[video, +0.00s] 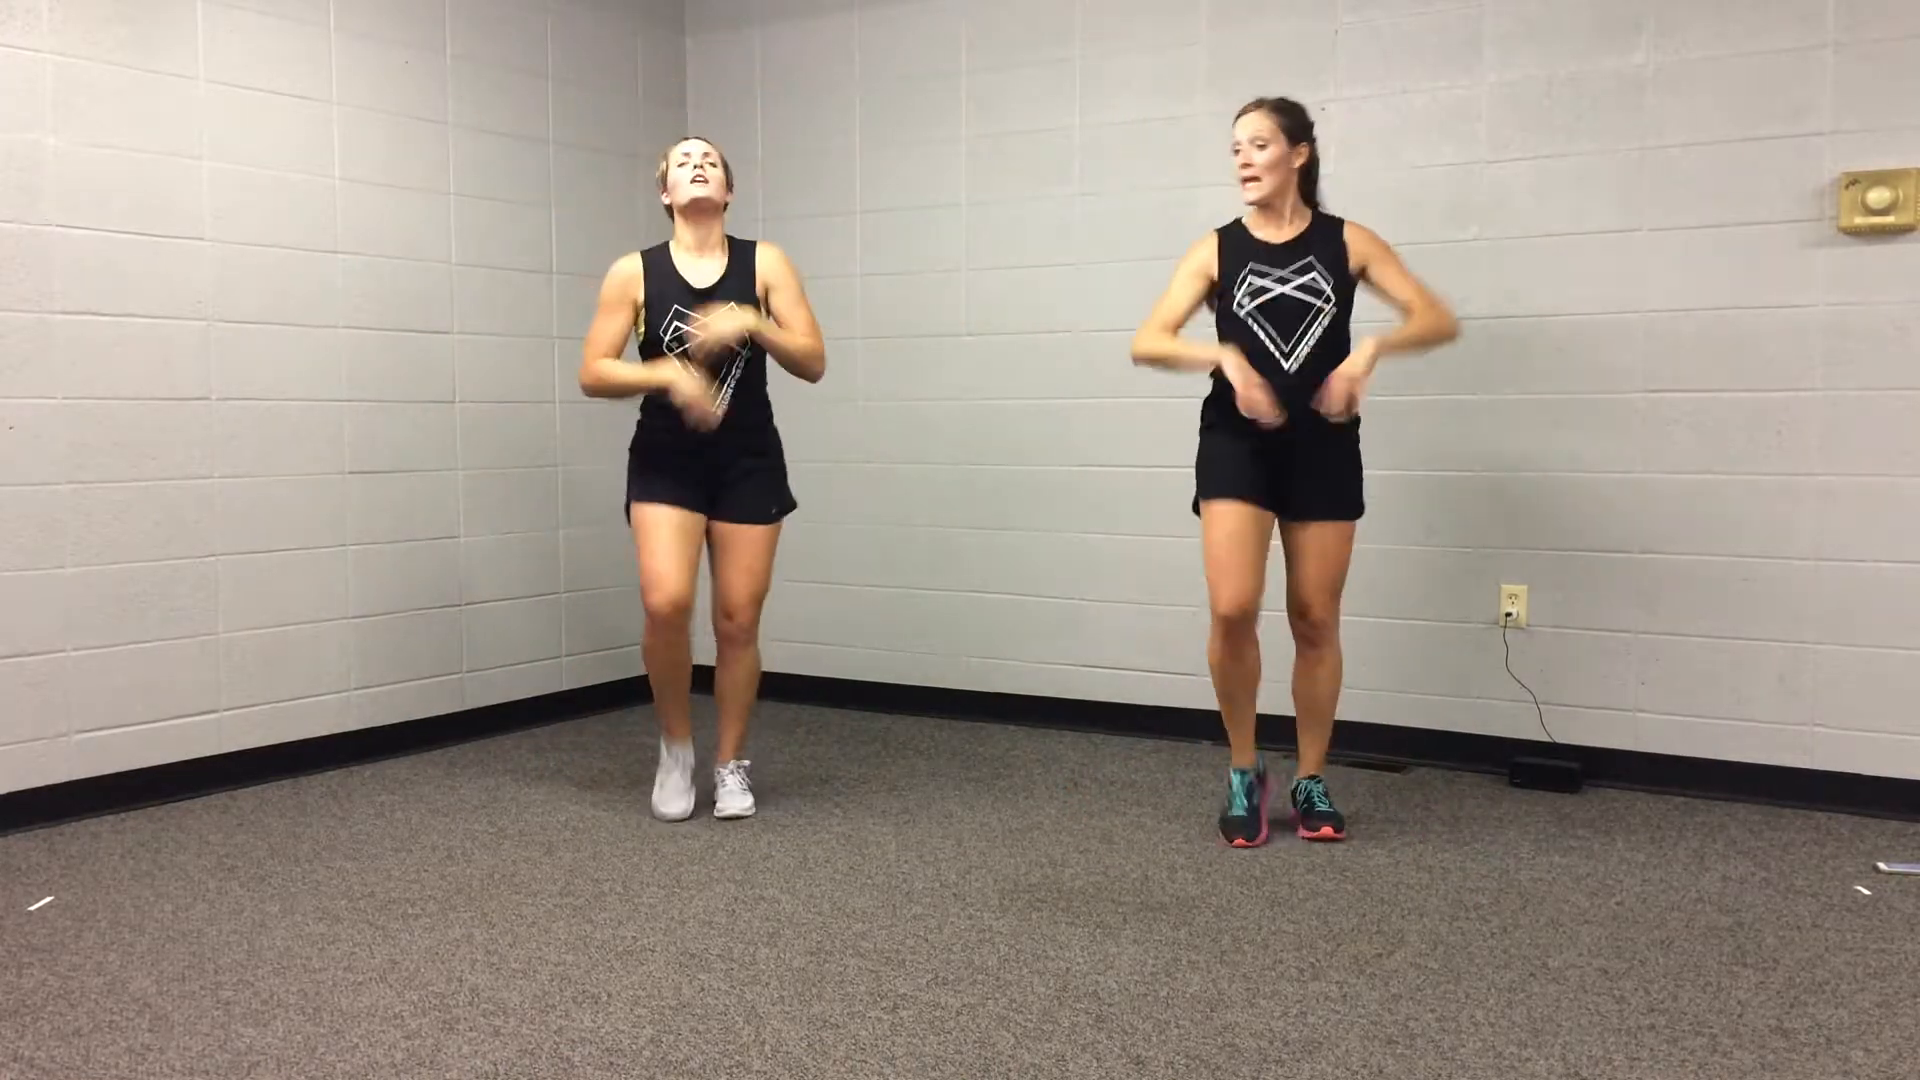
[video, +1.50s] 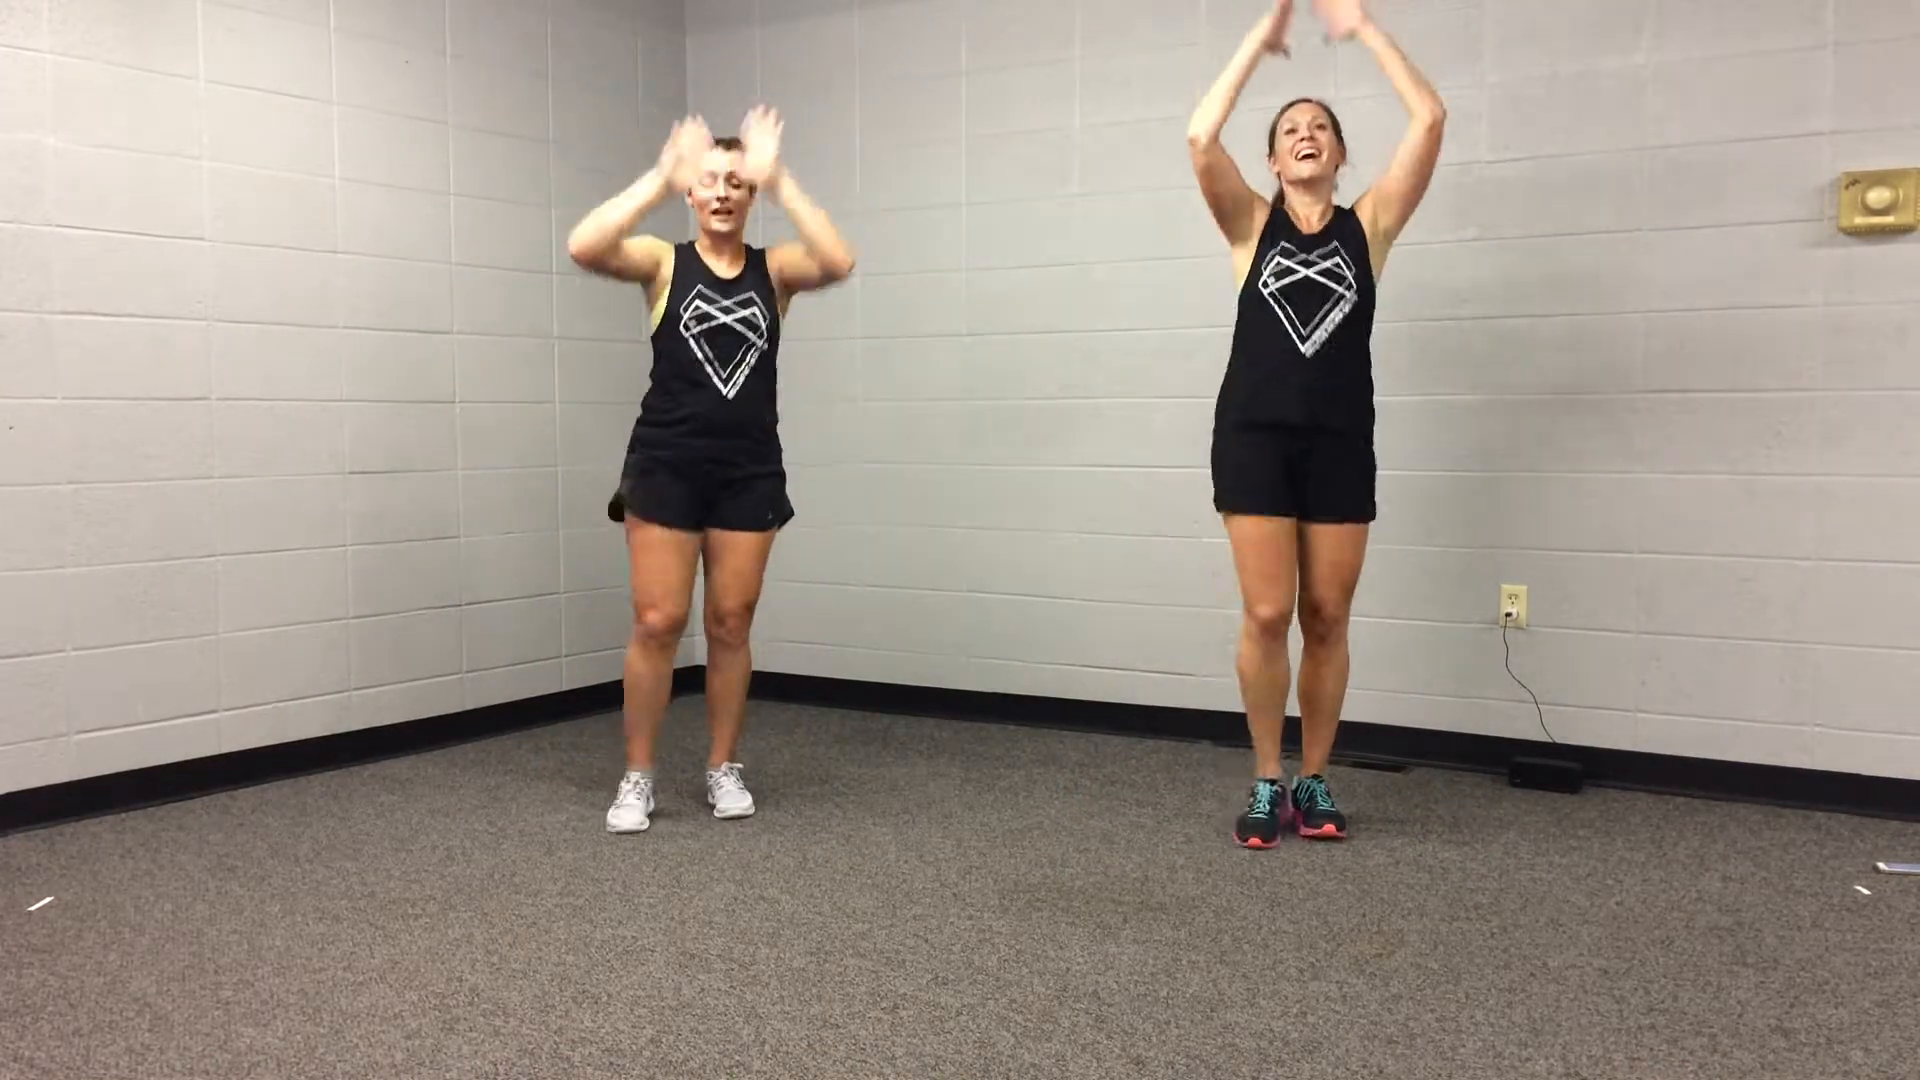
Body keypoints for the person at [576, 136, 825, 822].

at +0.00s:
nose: (699, 166)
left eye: (711, 161)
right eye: (684, 161)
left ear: (729, 190)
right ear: (664, 191)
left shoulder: (766, 262)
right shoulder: (633, 272)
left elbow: (814, 362)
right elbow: (594, 372)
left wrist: (751, 323)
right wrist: (669, 372)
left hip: (748, 457)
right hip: (665, 458)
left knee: (737, 619)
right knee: (665, 604)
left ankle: (731, 763)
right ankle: (675, 752)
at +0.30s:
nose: (712, 176)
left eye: (724, 172)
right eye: (697, 174)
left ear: (745, 204)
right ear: (680, 207)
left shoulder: (778, 283)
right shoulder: (648, 278)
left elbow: (787, 391)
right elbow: (632, 385)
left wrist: (746, 335)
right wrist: (683, 341)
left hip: (756, 464)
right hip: (674, 460)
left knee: (742, 623)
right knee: (670, 580)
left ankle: (728, 764)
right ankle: (661, 697)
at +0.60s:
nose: (715, 172)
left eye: (727, 168)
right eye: (701, 170)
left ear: (747, 199)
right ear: (683, 201)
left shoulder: (784, 275)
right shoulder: (654, 281)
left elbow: (835, 366)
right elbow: (603, 376)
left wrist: (892, 441)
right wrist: (549, 455)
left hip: (755, 469)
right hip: (672, 465)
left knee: (738, 626)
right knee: (655, 609)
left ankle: (728, 766)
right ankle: (653, 746)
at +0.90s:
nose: (722, 164)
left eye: (733, 158)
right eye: (708, 159)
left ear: (752, 184)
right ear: (688, 186)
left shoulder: (784, 252)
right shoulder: (658, 248)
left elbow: (878, 249)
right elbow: (542, 247)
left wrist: (953, 240)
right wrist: (440, 236)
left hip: (758, 458)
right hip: (675, 452)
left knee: (736, 617)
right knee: (661, 601)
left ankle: (727, 767)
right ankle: (644, 748)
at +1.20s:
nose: (726, 192)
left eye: (738, 183)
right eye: (713, 182)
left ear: (756, 201)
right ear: (690, 200)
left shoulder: (782, 267)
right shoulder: (664, 261)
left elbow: (861, 187)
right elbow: (574, 180)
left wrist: (904, 99)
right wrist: (527, 81)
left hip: (756, 473)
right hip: (674, 465)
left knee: (743, 628)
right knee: (645, 573)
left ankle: (726, 765)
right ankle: (641, 697)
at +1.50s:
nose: (725, 193)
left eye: (737, 183)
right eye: (713, 181)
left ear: (753, 196)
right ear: (689, 192)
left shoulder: (773, 269)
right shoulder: (663, 261)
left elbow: (837, 261)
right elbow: (585, 248)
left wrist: (778, 181)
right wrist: (664, 175)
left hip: (748, 472)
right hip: (665, 469)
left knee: (732, 623)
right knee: (658, 624)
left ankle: (724, 769)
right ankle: (637, 775)